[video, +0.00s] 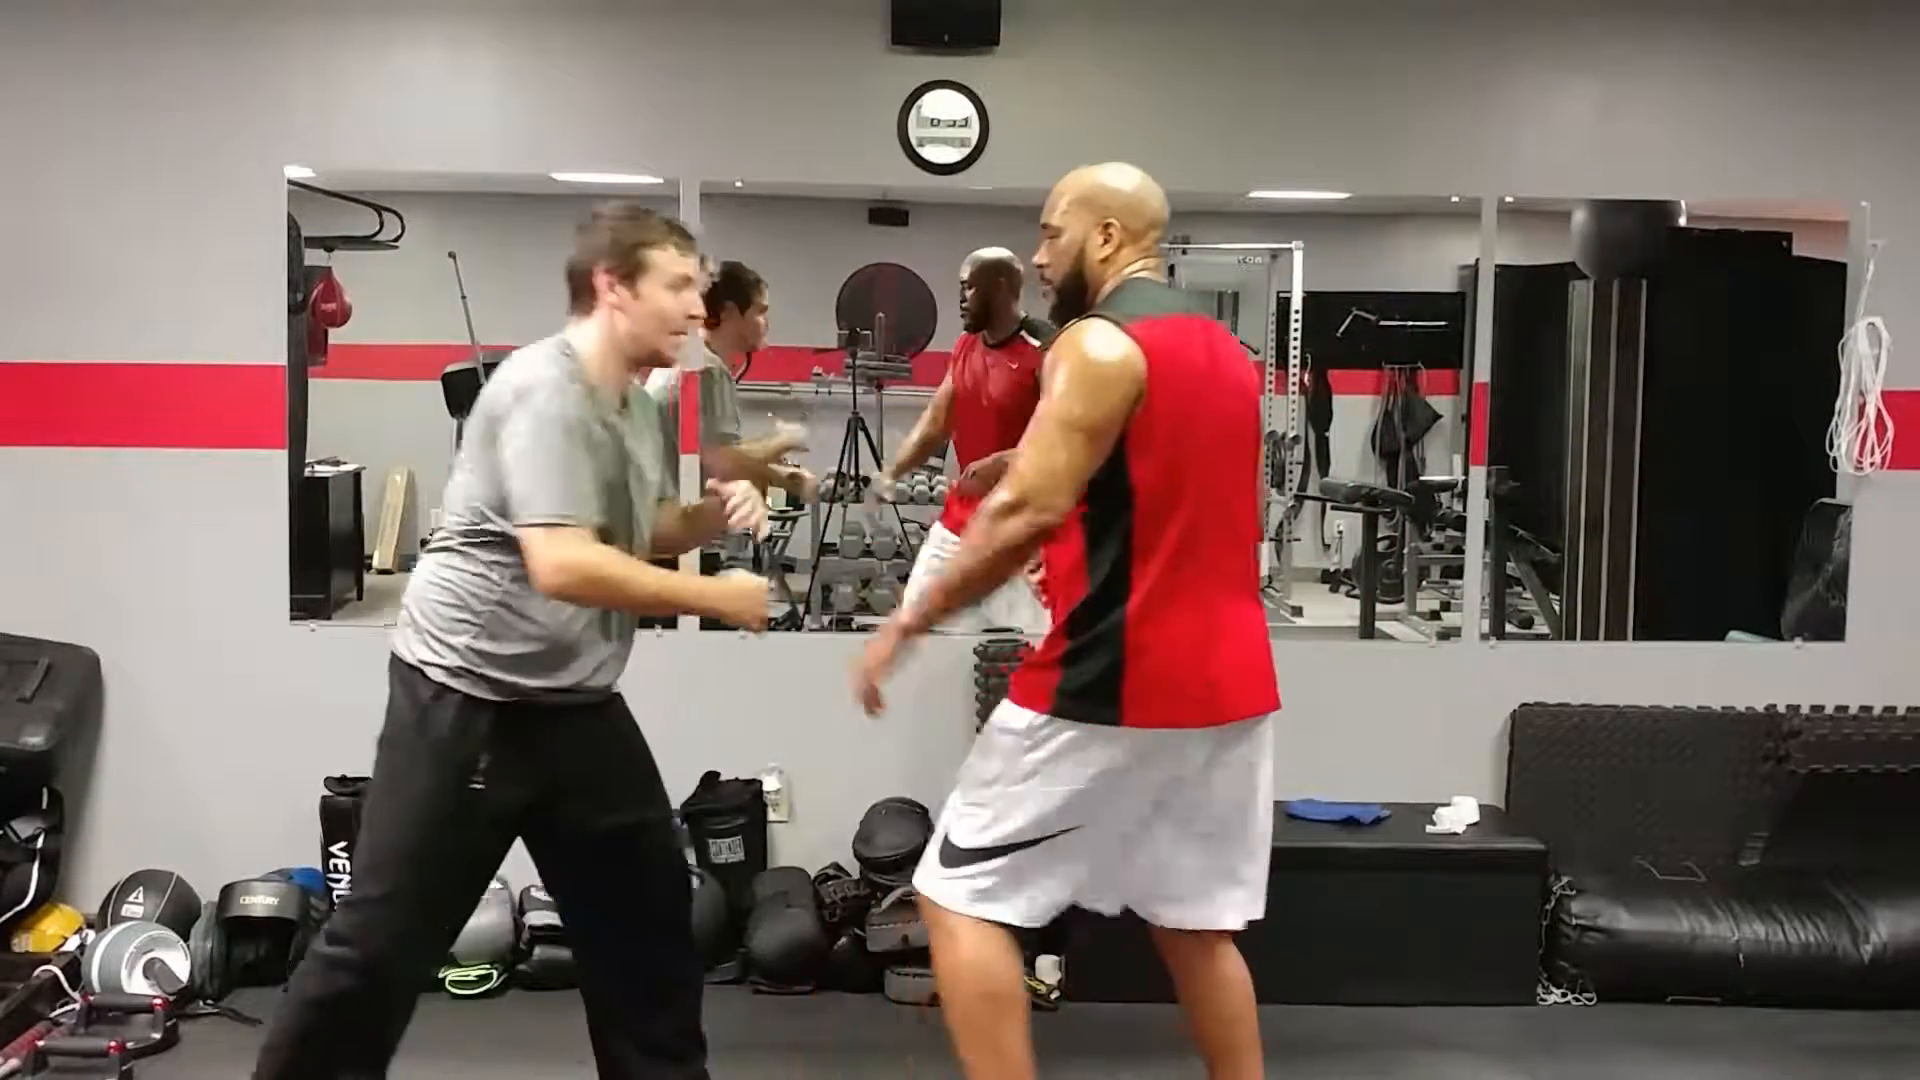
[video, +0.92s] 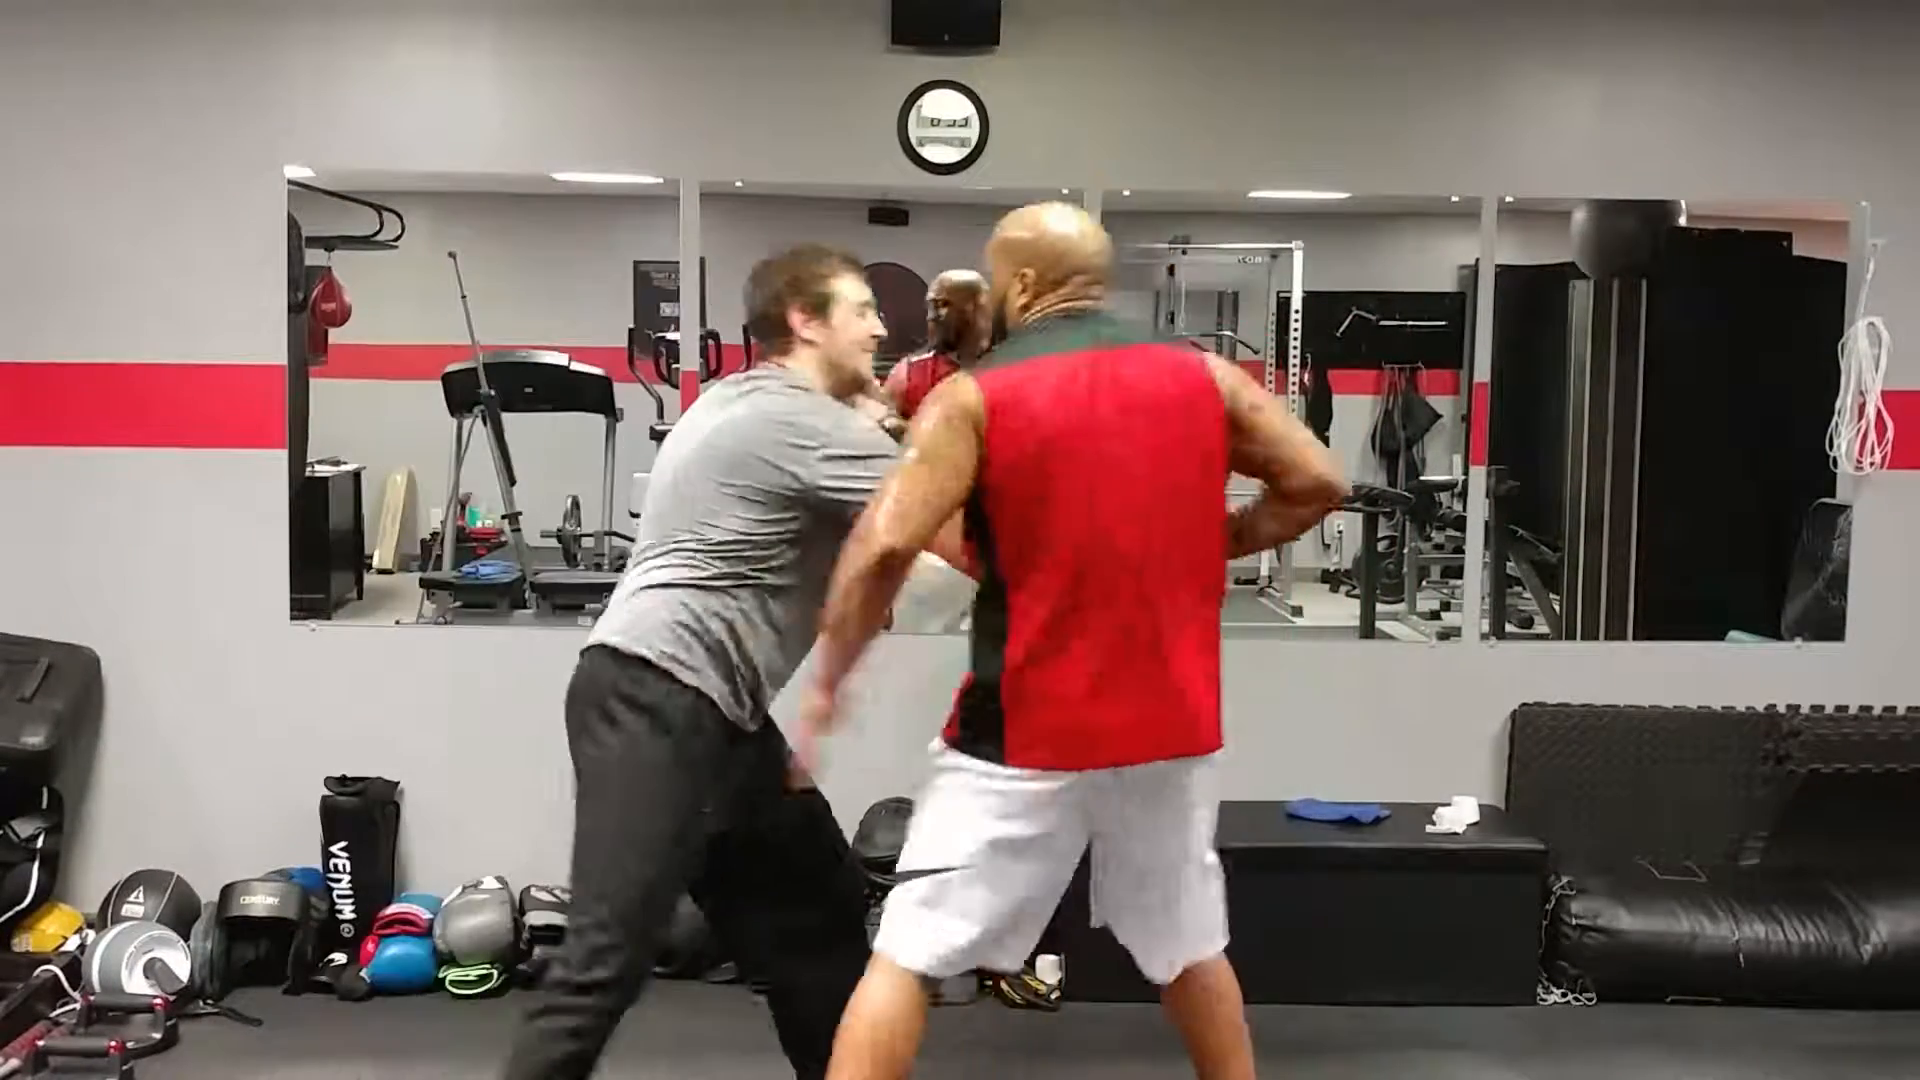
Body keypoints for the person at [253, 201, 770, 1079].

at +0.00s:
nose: (698, 308)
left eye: (699, 289)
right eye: (679, 286)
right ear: (612, 290)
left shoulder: (644, 408)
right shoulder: (542, 387)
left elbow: (645, 540)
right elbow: (561, 564)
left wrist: (710, 516)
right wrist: (709, 594)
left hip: (575, 701)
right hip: (460, 696)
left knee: (647, 927)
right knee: (377, 948)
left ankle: (661, 1074)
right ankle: (293, 1078)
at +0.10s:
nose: (639, 298)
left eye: (638, 278)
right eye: (620, 277)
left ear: (570, 285)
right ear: (549, 281)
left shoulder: (595, 397)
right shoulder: (468, 381)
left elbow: (595, 519)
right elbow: (472, 558)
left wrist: (657, 503)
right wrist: (630, 547)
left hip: (547, 717)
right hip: (419, 715)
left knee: (619, 957)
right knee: (340, 974)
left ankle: (664, 1077)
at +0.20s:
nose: (590, 286)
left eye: (590, 267)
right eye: (572, 266)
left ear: (522, 276)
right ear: (501, 271)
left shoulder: (569, 388)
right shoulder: (410, 374)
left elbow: (626, 511)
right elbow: (437, 528)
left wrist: (658, 438)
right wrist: (571, 435)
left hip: (518, 714)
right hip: (382, 711)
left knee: (596, 965)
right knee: (315, 980)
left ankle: (643, 1076)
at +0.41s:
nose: (562, 278)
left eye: (563, 259)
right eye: (543, 258)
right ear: (470, 265)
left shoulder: (562, 377)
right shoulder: (380, 363)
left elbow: (671, 440)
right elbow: (448, 468)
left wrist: (623, 335)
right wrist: (509, 334)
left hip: (544, 711)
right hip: (391, 714)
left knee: (607, 966)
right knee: (314, 968)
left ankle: (615, 1078)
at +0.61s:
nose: (665, 306)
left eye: (662, 289)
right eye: (644, 290)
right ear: (576, 308)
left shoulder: (640, 401)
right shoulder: (549, 397)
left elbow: (732, 509)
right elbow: (722, 393)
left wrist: (729, 405)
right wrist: (824, 359)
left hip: (629, 745)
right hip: (508, 749)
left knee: (744, 944)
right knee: (398, 978)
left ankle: (818, 1075)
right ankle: (310, 1079)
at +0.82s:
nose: (832, 314)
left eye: (826, 297)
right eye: (811, 298)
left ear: (751, 325)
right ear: (750, 319)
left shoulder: (687, 411)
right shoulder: (780, 415)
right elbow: (938, 495)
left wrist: (869, 415)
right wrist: (882, 419)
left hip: (712, 728)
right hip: (636, 713)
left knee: (827, 943)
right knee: (544, 967)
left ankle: (849, 1068)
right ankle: (409, 1074)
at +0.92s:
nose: (880, 329)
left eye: (876, 312)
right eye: (863, 311)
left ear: (799, 327)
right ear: (804, 322)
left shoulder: (738, 402)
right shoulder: (796, 415)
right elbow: (963, 535)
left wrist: (879, 430)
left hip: (711, 711)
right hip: (659, 692)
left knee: (820, 933)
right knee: (606, 957)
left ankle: (840, 1070)